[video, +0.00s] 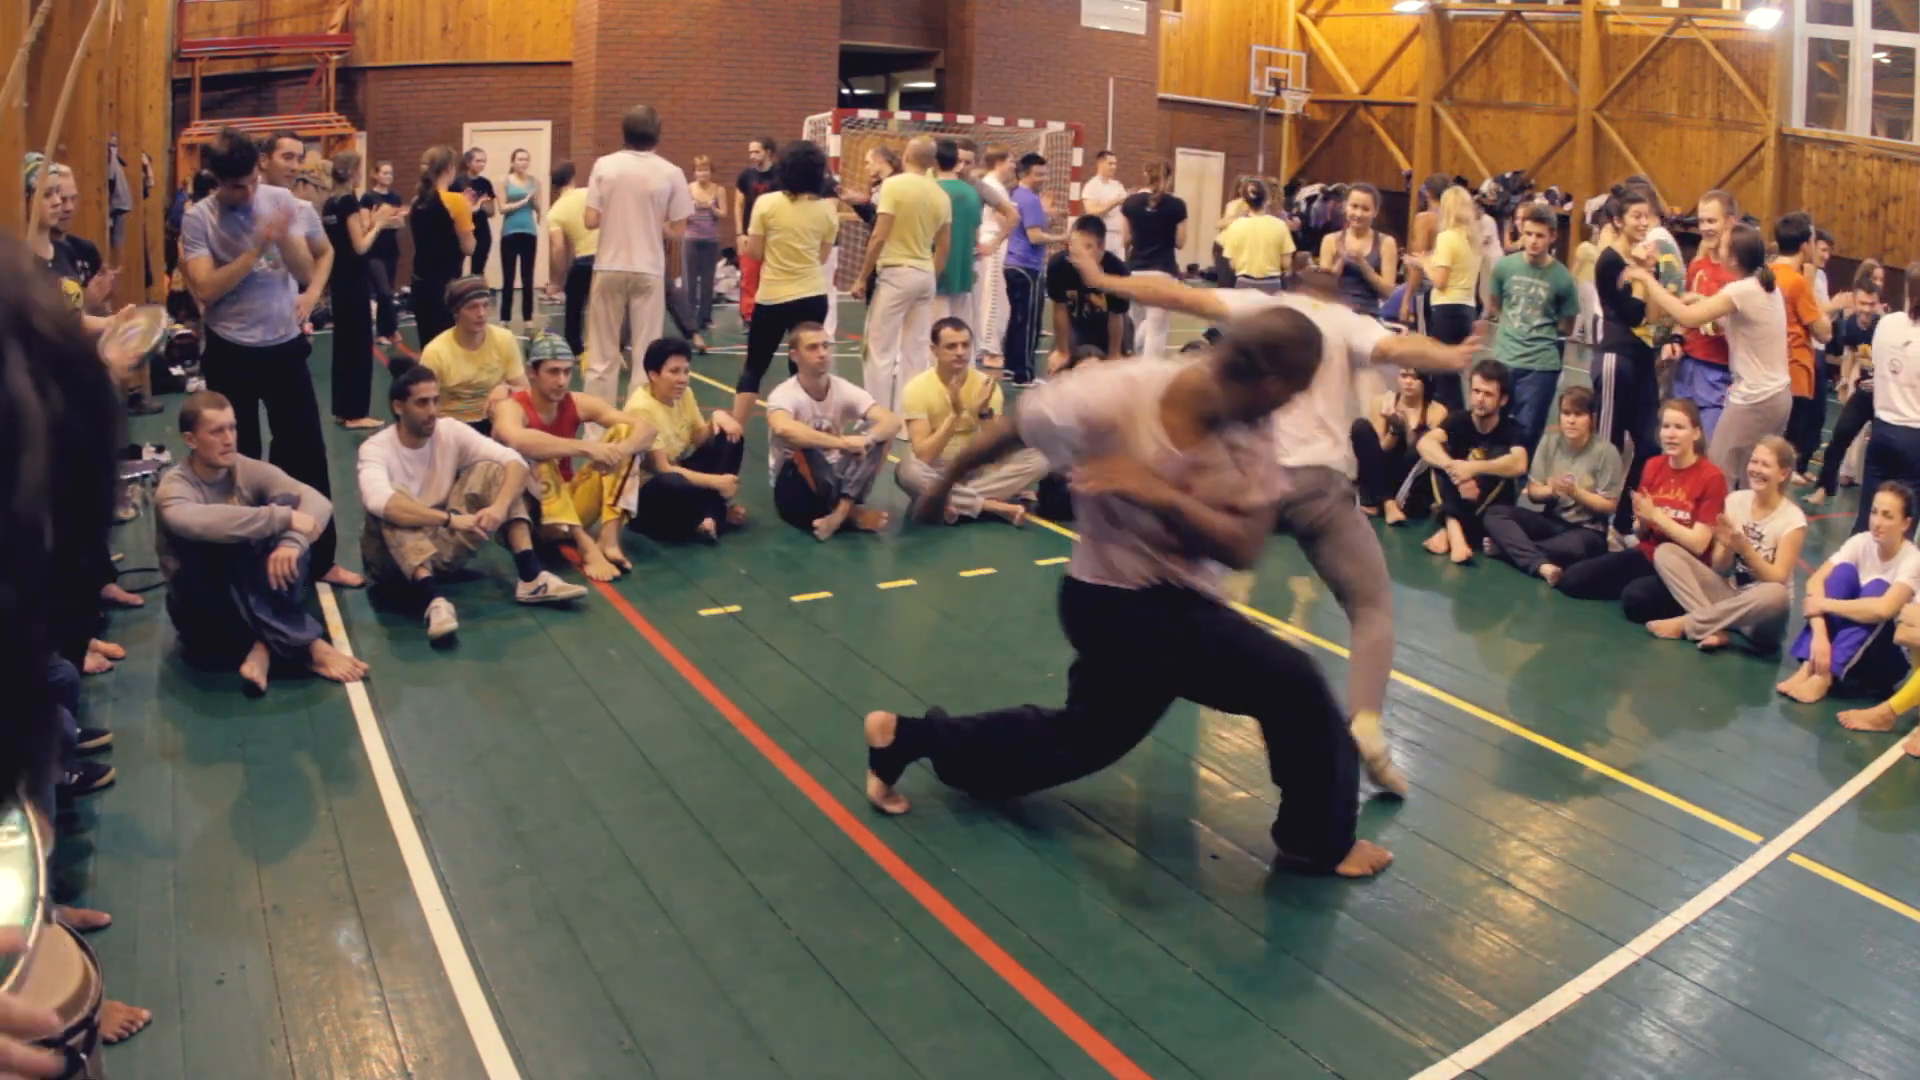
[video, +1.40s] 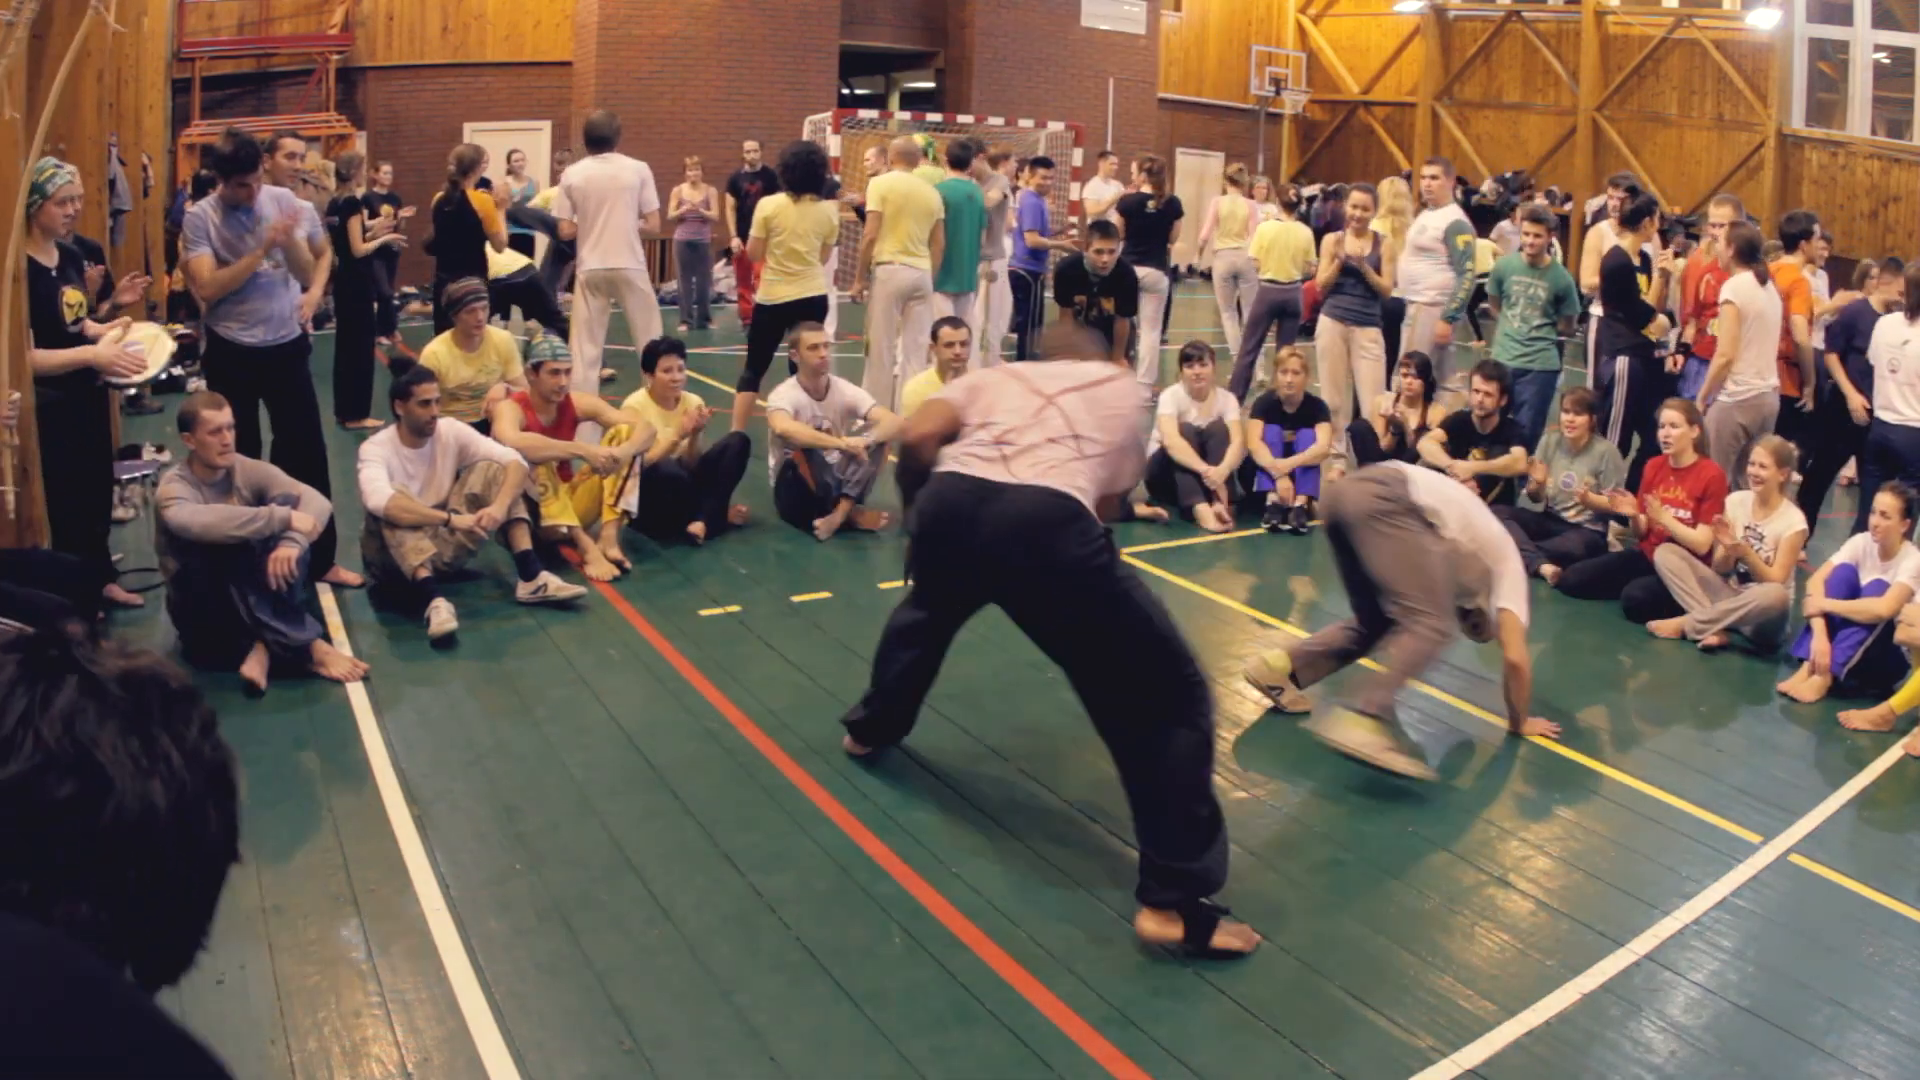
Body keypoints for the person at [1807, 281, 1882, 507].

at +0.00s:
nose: (1866, 309)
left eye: (1871, 304)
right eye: (1862, 303)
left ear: (1878, 304)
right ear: (1854, 302)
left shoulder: (1884, 326)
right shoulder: (1848, 324)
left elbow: (1892, 356)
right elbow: (1850, 352)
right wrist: (1845, 381)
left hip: (1888, 389)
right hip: (1864, 386)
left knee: (1885, 441)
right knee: (1841, 434)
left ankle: (1880, 489)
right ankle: (1825, 485)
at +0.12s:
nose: (1851, 302)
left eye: (1856, 297)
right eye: (1847, 295)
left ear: (1863, 299)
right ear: (1838, 296)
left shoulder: (1871, 325)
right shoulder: (1832, 321)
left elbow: (1884, 359)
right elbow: (1826, 352)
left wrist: (1876, 382)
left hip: (1865, 390)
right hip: (1839, 389)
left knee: (1871, 451)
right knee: (1821, 443)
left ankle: (1873, 505)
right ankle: (1810, 498)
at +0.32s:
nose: (1845, 285)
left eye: (1849, 281)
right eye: (1840, 280)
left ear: (1853, 282)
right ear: (1828, 280)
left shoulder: (1865, 310)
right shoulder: (1815, 307)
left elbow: (1878, 341)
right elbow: (1802, 338)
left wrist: (1868, 359)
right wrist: (1813, 348)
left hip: (1850, 383)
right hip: (1820, 381)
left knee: (1840, 441)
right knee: (1812, 441)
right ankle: (1808, 498)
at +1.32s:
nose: (1890, 293)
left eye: (1894, 288)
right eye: (1887, 286)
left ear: (1894, 286)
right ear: (1868, 277)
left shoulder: (1889, 313)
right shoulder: (1842, 305)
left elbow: (1893, 355)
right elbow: (1821, 346)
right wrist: (1836, 386)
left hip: (1870, 403)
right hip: (1835, 400)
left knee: (1867, 479)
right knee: (1814, 469)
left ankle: (1837, 535)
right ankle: (1797, 526)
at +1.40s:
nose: (1902, 296)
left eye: (1904, 290)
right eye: (1898, 289)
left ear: (1898, 285)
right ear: (1879, 282)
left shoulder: (1899, 319)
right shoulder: (1854, 311)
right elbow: (1831, 353)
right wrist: (1851, 395)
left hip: (1880, 408)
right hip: (1844, 402)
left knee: (1873, 486)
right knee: (1820, 474)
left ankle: (1862, 547)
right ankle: (1798, 538)